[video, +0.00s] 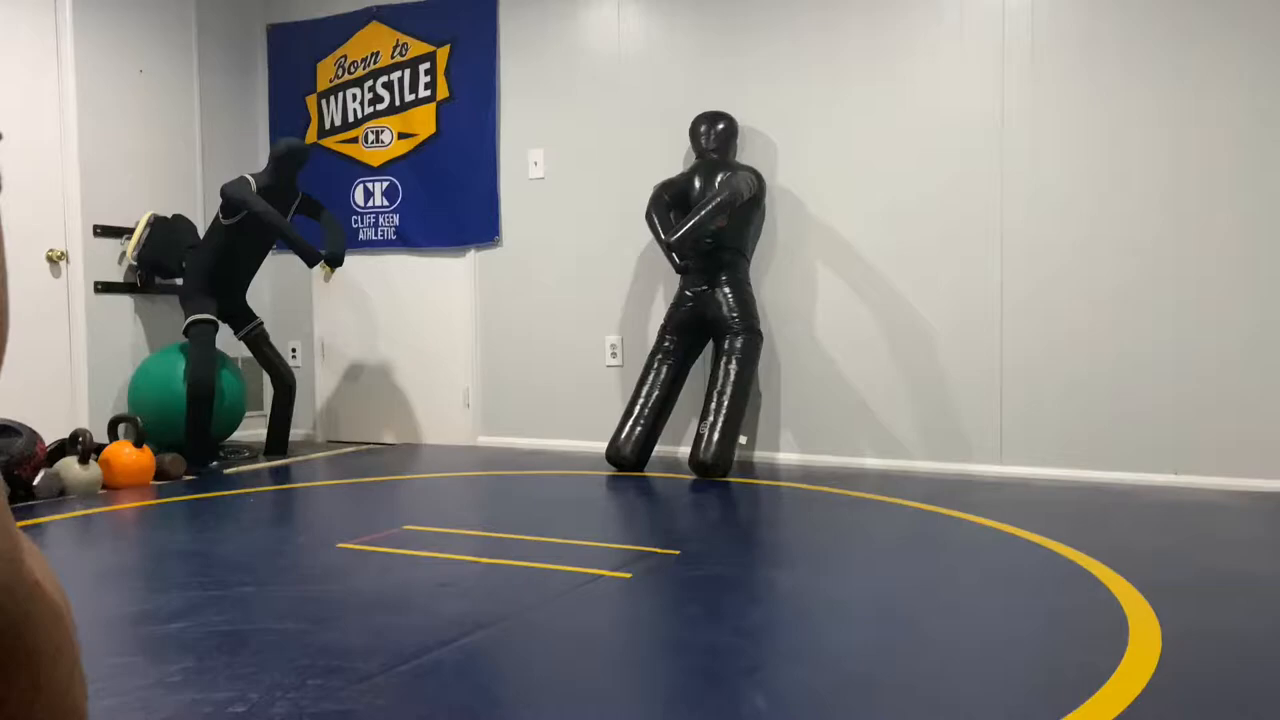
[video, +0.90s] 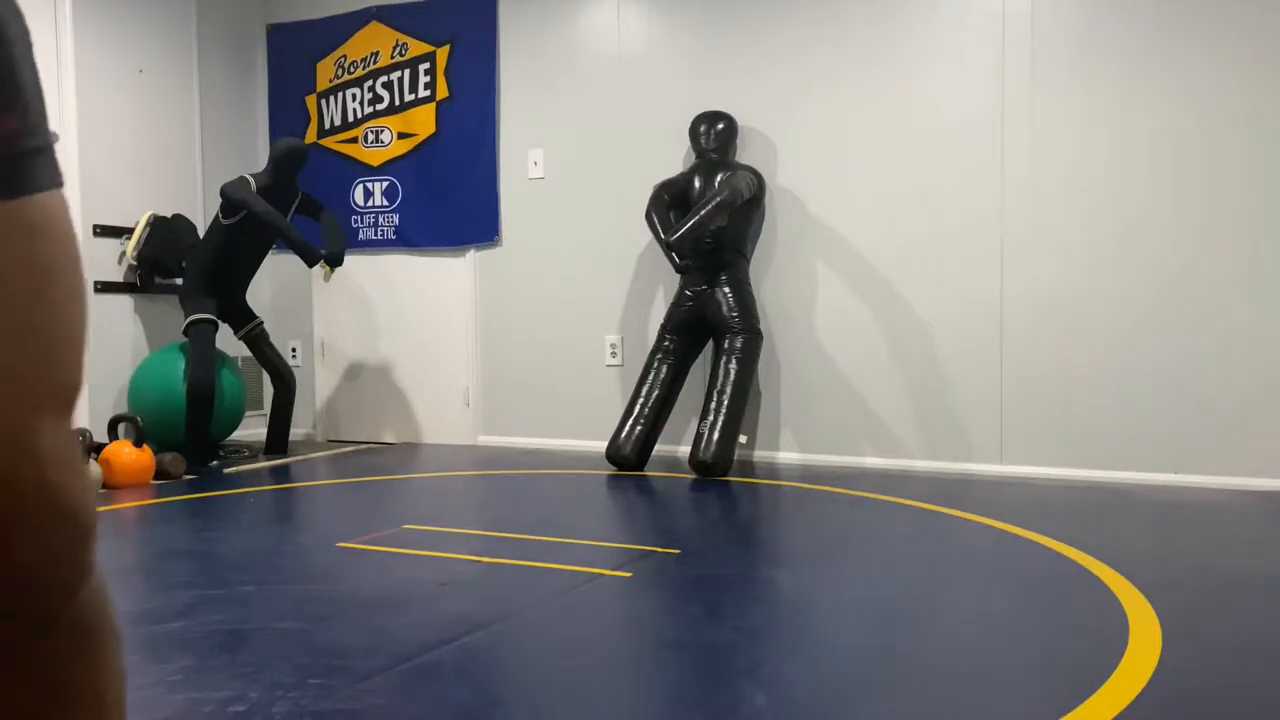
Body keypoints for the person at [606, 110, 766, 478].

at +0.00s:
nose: (711, 143)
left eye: (702, 137)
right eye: (726, 136)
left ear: (694, 143)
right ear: (733, 141)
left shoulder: (677, 182)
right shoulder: (749, 177)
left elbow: (655, 207)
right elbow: (728, 194)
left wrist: (676, 255)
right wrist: (677, 243)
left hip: (688, 294)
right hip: (731, 293)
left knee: (668, 354)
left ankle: (627, 451)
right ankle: (712, 457)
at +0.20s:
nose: (712, 143)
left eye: (703, 137)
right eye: (725, 136)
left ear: (694, 143)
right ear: (733, 141)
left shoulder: (675, 183)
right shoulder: (749, 177)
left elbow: (655, 208)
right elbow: (728, 193)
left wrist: (676, 255)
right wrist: (677, 243)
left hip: (688, 294)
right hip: (731, 293)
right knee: (739, 339)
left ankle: (626, 450)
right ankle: (712, 456)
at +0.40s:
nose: (716, 142)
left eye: (705, 136)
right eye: (726, 136)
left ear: (694, 143)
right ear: (733, 141)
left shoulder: (674, 184)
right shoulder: (749, 177)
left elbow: (655, 208)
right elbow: (727, 193)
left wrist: (676, 254)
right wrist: (677, 243)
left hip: (688, 294)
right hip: (731, 293)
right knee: (709, 463)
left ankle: (627, 450)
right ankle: (712, 456)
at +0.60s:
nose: (708, 143)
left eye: (701, 137)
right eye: (725, 136)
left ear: (694, 143)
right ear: (732, 141)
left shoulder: (676, 182)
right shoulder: (748, 176)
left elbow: (655, 208)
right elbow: (726, 194)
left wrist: (676, 256)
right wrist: (676, 242)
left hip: (688, 293)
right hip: (729, 291)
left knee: (669, 351)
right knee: (739, 339)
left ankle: (626, 451)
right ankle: (711, 456)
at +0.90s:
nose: (705, 143)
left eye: (701, 136)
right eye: (721, 135)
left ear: (694, 142)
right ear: (732, 141)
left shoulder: (677, 182)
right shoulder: (748, 176)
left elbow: (655, 207)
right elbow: (727, 195)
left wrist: (675, 255)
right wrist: (676, 242)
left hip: (688, 292)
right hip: (729, 290)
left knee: (669, 352)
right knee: (739, 339)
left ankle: (626, 451)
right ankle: (711, 457)